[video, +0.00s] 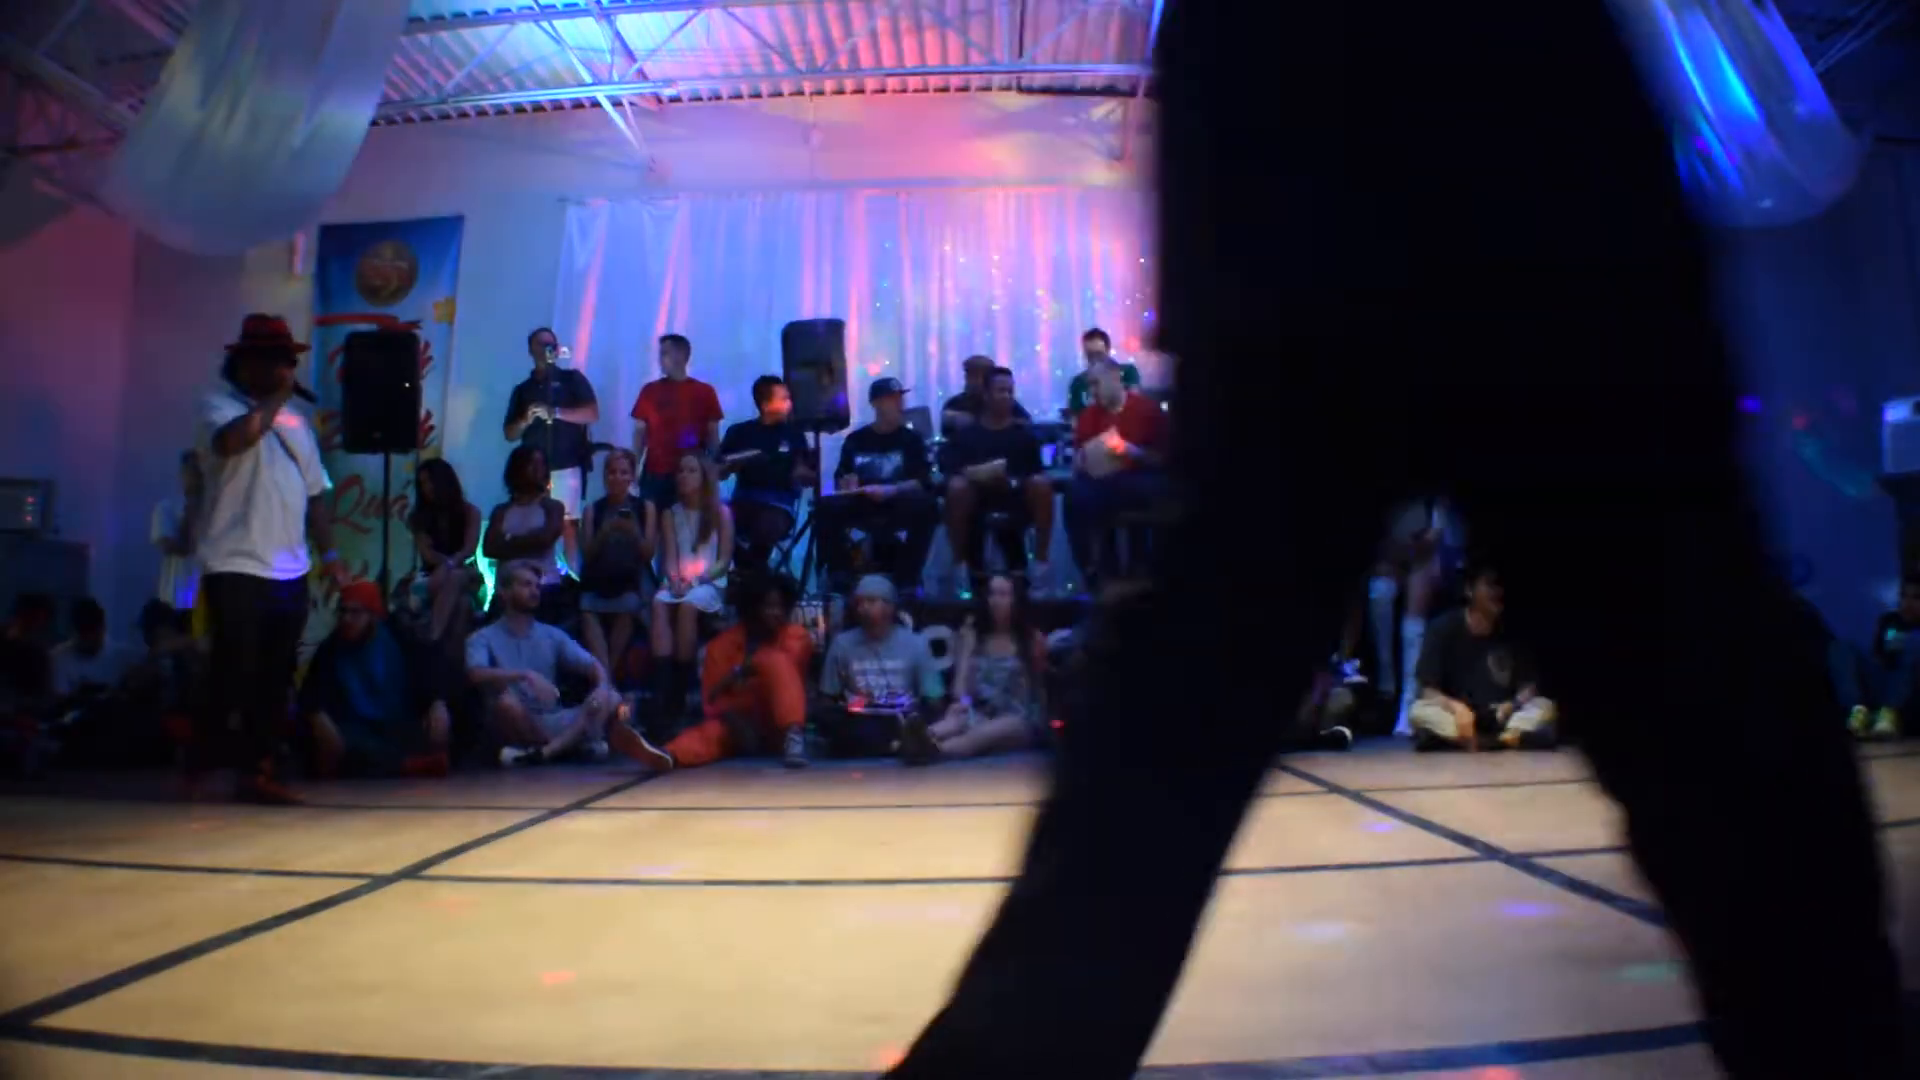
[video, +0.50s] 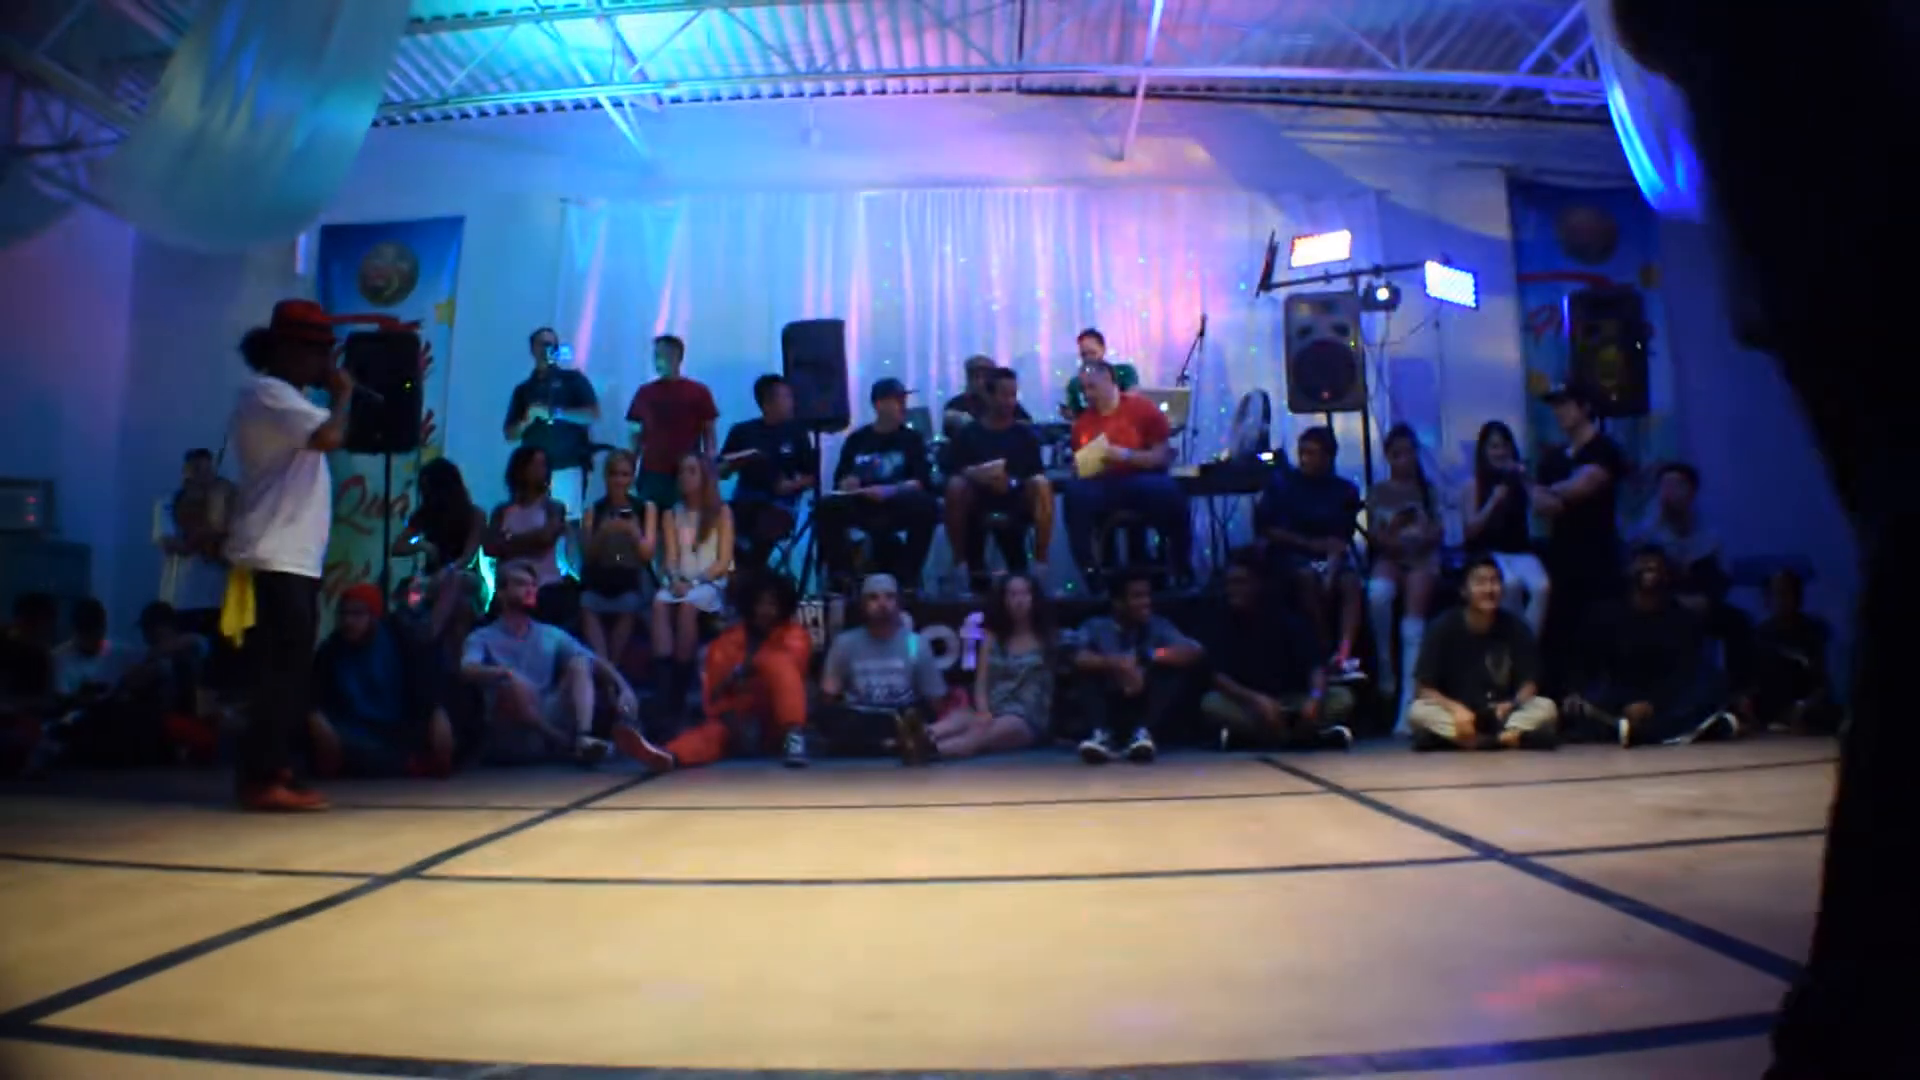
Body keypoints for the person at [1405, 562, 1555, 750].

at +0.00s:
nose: (1498, 592)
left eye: (1499, 586)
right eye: (1490, 586)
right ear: (1470, 591)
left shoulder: (1509, 630)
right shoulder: (1444, 630)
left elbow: (1529, 686)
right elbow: (1427, 690)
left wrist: (1511, 706)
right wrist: (1458, 709)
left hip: (1501, 706)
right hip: (1459, 709)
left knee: (1545, 707)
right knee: (1420, 712)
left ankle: (1504, 738)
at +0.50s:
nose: (1489, 589)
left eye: (1494, 581)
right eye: (1480, 582)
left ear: (1501, 587)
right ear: (1465, 590)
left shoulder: (1514, 626)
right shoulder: (1444, 628)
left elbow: (1530, 683)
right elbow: (1424, 688)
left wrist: (1512, 704)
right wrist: (1458, 711)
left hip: (1501, 704)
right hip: (1458, 706)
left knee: (1545, 707)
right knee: (1419, 711)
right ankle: (1508, 740)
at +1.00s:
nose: (1473, 592)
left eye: (1482, 585)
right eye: (1467, 585)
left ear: (1497, 590)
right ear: (1461, 590)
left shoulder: (1516, 627)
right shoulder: (1442, 628)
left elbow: (1529, 685)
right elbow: (1423, 688)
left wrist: (1509, 706)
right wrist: (1456, 710)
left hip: (1501, 705)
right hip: (1457, 706)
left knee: (1545, 707)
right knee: (1417, 711)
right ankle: (1506, 739)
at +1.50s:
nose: (1469, 594)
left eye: (1478, 586)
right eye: (1464, 586)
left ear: (1497, 591)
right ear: (1458, 591)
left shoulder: (1516, 628)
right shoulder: (1442, 628)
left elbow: (1530, 685)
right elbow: (1425, 690)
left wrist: (1510, 706)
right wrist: (1457, 708)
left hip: (1502, 705)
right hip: (1458, 705)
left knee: (1546, 708)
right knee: (1418, 711)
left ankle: (1463, 742)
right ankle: (1506, 740)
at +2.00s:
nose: (1471, 593)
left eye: (1480, 585)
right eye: (1466, 586)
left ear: (1498, 591)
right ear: (1460, 591)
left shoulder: (1516, 628)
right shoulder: (1443, 629)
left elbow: (1530, 685)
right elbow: (1425, 689)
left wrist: (1510, 706)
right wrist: (1457, 708)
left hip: (1502, 704)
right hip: (1457, 704)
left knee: (1546, 708)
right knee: (1418, 711)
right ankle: (1505, 740)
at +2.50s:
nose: (1491, 596)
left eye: (1496, 588)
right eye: (1483, 587)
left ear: (1502, 593)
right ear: (1465, 592)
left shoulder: (1513, 627)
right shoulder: (1442, 628)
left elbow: (1530, 685)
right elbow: (1425, 689)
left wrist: (1510, 706)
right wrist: (1457, 708)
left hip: (1501, 705)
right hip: (1458, 705)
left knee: (1546, 707)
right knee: (1419, 711)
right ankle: (1505, 741)